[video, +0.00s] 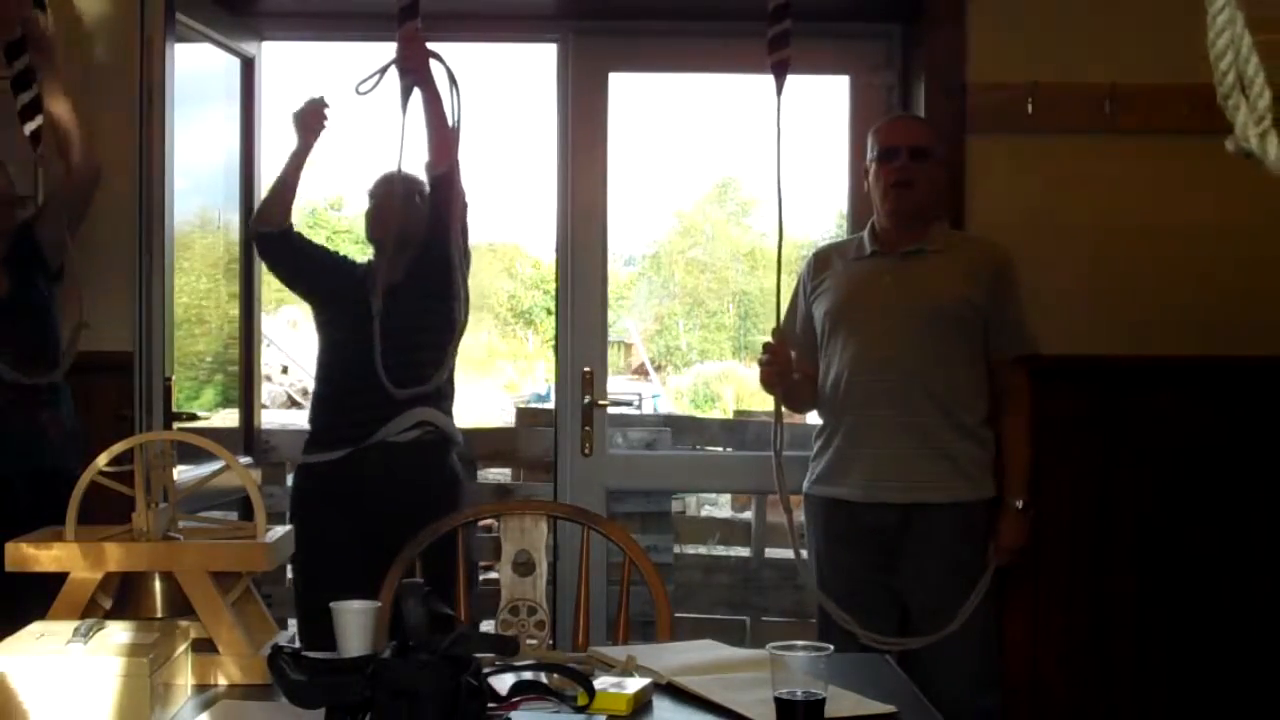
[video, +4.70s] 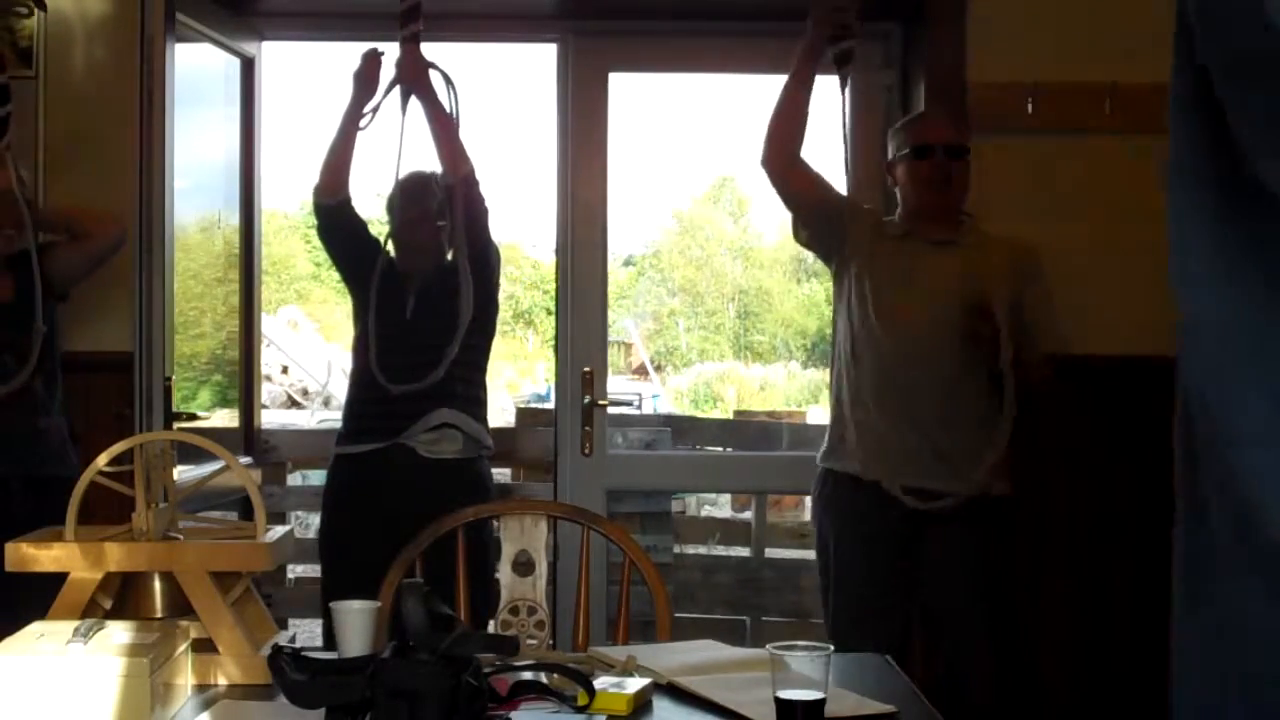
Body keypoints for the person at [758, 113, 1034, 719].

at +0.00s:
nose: (902, 167)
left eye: (918, 156)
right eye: (888, 156)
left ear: (941, 172)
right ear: (868, 174)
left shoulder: (982, 263)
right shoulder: (825, 266)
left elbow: (1013, 390)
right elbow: (808, 391)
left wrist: (1014, 503)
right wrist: (782, 381)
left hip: (952, 506)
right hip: (843, 505)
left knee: (953, 682)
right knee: (854, 678)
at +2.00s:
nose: (879, 171)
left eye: (898, 158)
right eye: (869, 160)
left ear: (933, 175)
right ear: (857, 177)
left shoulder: (977, 264)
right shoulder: (821, 269)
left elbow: (1009, 387)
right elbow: (810, 394)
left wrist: (1011, 502)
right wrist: (779, 386)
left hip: (948, 508)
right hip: (841, 507)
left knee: (951, 682)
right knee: (852, 679)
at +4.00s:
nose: (917, 180)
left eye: (924, 167)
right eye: (897, 168)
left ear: (936, 176)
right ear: (860, 179)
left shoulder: (979, 265)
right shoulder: (816, 264)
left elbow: (1010, 388)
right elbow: (784, 390)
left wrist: (1012, 499)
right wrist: (773, 361)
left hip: (954, 507)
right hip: (844, 506)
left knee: (954, 678)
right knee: (852, 676)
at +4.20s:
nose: (966, 176)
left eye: (966, 164)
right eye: (949, 165)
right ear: (894, 179)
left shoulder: (1000, 265)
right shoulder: (834, 259)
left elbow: (1031, 388)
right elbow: (763, 353)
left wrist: (1040, 496)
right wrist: (789, 280)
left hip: (970, 508)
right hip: (859, 506)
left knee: (969, 685)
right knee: (862, 681)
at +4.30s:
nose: (971, 172)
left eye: (971, 160)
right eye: (951, 160)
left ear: (977, 170)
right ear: (899, 178)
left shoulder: (1009, 262)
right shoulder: (851, 251)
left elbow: (1038, 384)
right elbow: (751, 301)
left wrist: (1053, 488)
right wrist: (797, 208)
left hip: (977, 509)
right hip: (868, 508)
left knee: (973, 686)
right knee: (864, 683)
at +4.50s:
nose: (960, 170)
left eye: (968, 158)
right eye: (942, 157)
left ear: (981, 169)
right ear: (903, 173)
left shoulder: (1016, 264)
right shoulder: (867, 245)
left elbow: (1046, 388)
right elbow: (757, 200)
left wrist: (1036, 494)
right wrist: (808, 90)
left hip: (977, 502)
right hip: (868, 502)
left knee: (977, 678)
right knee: (871, 675)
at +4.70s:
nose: (939, 167)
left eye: (953, 154)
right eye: (922, 153)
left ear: (969, 169)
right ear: (892, 170)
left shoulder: (1006, 261)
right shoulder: (857, 241)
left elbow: (1035, 388)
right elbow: (781, 159)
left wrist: (1005, 470)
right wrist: (812, 50)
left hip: (969, 505)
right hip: (861, 499)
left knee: (971, 675)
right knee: (866, 673)